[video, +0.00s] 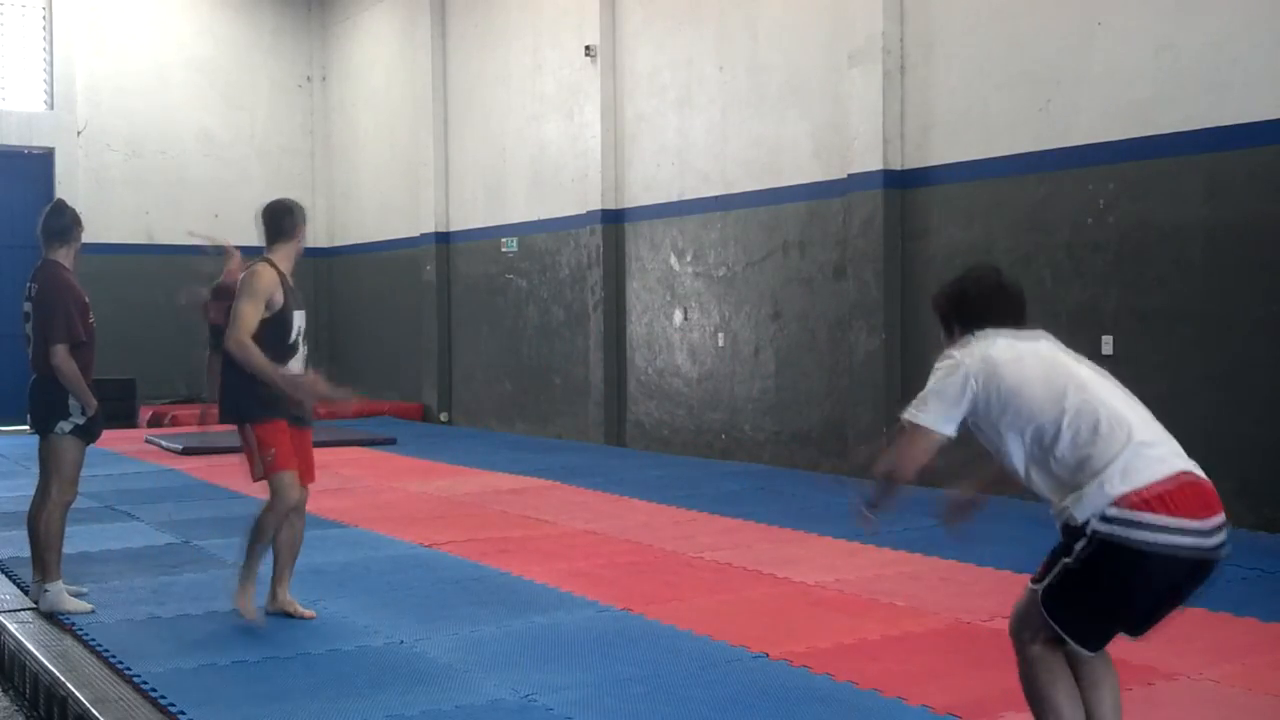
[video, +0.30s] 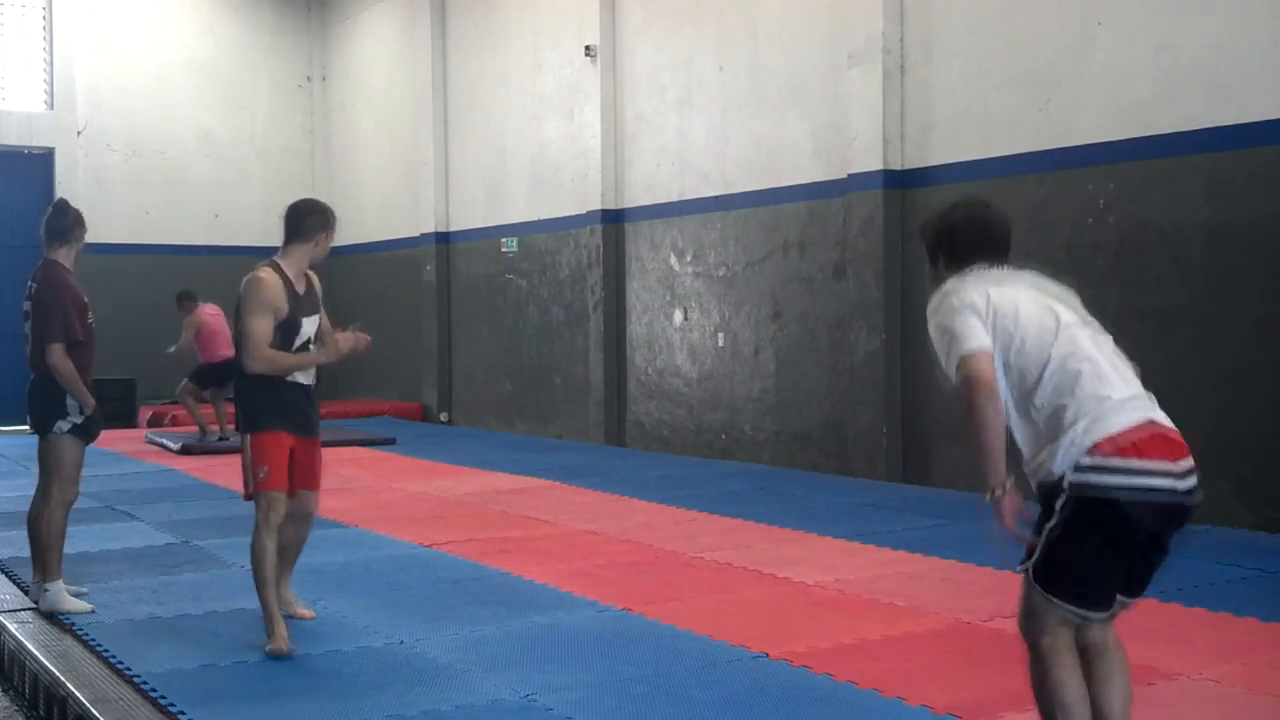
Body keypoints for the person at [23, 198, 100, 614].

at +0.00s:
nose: (84, 236)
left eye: (79, 230)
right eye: (83, 230)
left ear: (45, 235)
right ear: (78, 234)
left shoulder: (41, 277)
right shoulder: (60, 284)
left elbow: (40, 349)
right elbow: (59, 355)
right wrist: (89, 400)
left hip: (48, 393)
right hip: (64, 397)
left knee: (47, 491)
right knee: (61, 495)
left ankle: (43, 579)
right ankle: (51, 589)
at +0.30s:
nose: (86, 238)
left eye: (83, 232)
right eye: (85, 233)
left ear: (49, 235)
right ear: (80, 235)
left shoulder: (42, 278)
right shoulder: (59, 284)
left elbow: (39, 349)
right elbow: (55, 355)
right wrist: (87, 400)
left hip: (48, 393)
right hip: (62, 397)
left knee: (47, 492)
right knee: (62, 496)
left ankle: (43, 579)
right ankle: (51, 588)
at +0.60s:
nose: (93, 242)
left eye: (95, 235)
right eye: (86, 234)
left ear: (72, 239)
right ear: (61, 236)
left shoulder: (65, 278)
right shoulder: (49, 285)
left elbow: (64, 345)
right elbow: (37, 357)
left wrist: (83, 389)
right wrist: (80, 398)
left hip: (66, 395)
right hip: (57, 398)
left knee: (52, 491)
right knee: (81, 488)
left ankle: (42, 582)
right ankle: (66, 586)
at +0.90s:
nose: (87, 239)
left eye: (90, 232)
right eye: (77, 232)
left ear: (90, 236)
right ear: (55, 235)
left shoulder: (85, 282)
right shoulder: (43, 288)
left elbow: (96, 347)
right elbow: (28, 361)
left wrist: (114, 397)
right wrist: (79, 405)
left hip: (94, 398)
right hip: (61, 405)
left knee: (111, 485)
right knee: (77, 492)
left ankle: (58, 561)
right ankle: (67, 593)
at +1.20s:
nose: (83, 238)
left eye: (90, 230)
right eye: (74, 231)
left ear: (99, 233)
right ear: (60, 234)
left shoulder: (115, 282)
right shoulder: (46, 288)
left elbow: (129, 341)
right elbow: (19, 357)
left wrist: (138, 392)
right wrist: (60, 406)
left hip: (119, 403)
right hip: (70, 408)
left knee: (144, 494)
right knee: (70, 505)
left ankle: (147, 588)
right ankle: (67, 596)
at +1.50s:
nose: (119, 241)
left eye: (127, 234)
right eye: (110, 234)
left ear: (137, 238)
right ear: (97, 237)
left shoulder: (157, 291)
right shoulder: (74, 294)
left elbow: (173, 356)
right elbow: (46, 364)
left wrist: (172, 412)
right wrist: (78, 413)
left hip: (151, 412)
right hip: (95, 414)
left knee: (167, 508)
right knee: (86, 512)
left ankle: (178, 606)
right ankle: (72, 591)